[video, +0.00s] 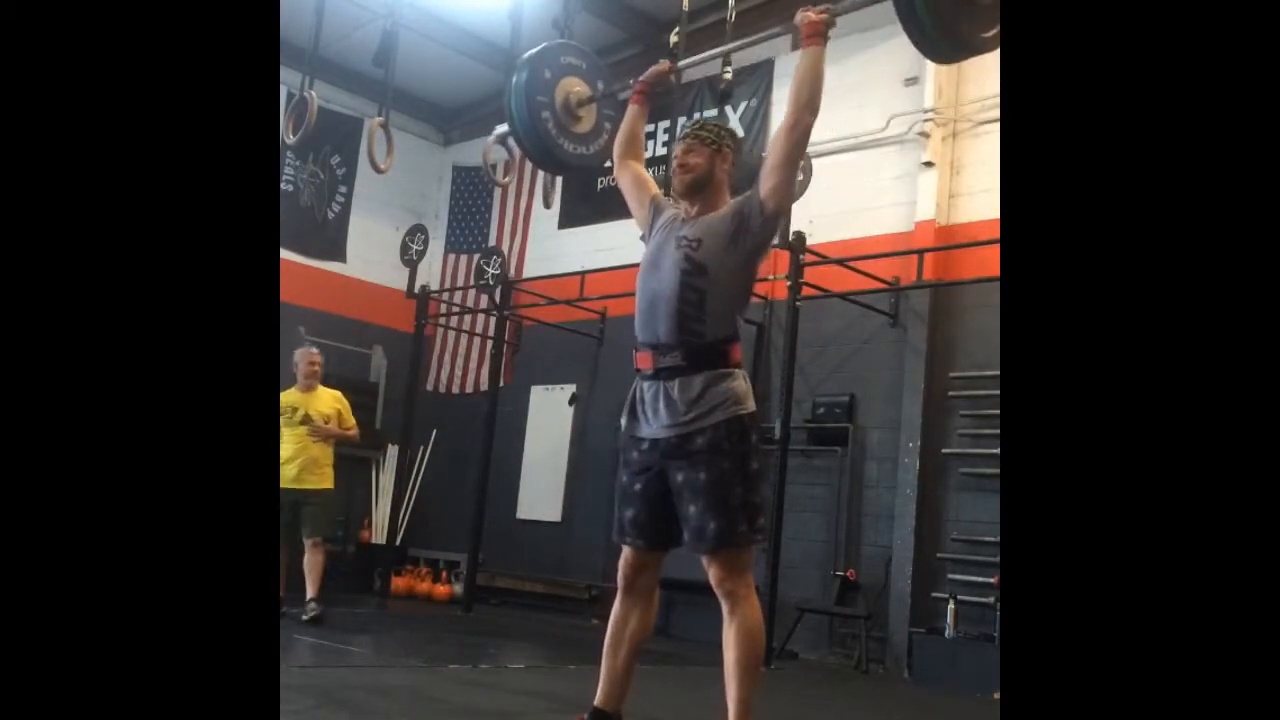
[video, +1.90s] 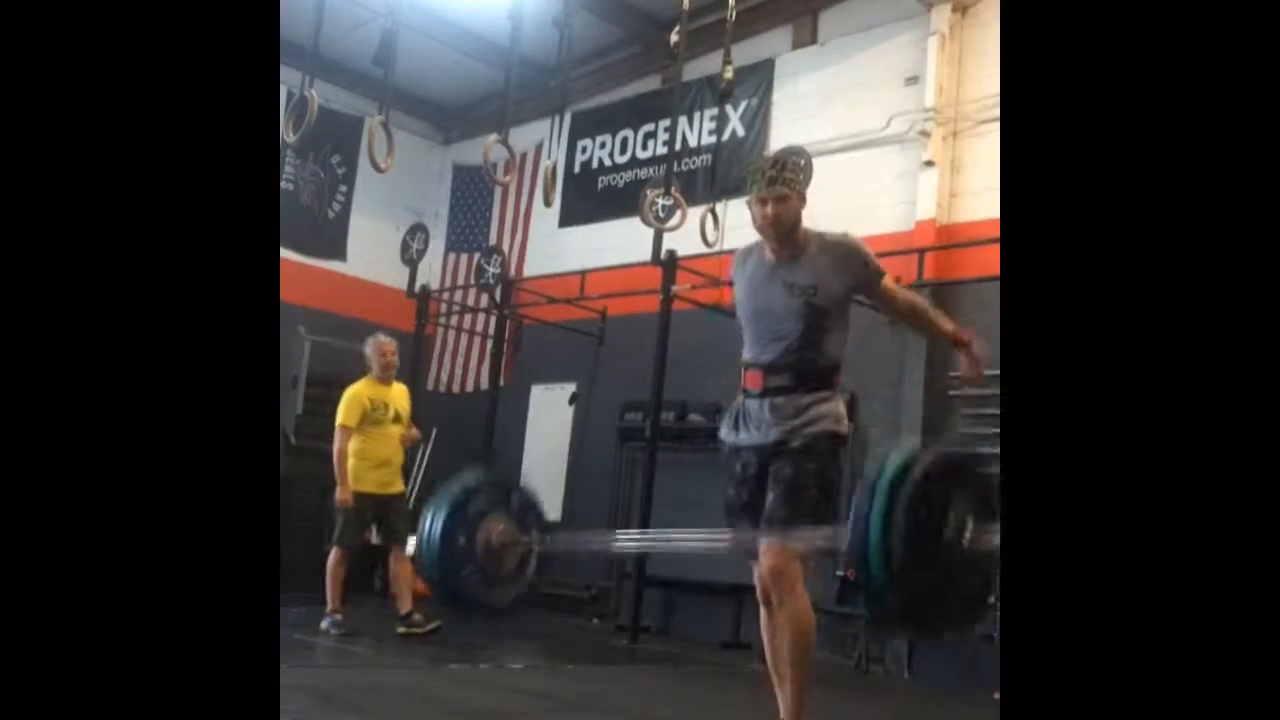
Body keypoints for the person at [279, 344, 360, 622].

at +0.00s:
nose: (314, 369)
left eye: (318, 364)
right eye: (309, 364)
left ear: (322, 368)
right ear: (296, 367)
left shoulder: (336, 399)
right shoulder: (284, 399)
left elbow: (355, 434)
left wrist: (331, 431)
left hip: (318, 485)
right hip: (285, 483)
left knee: (314, 541)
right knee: (283, 543)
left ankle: (311, 600)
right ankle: (280, 597)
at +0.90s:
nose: (358, 363)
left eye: (362, 359)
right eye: (352, 358)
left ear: (367, 366)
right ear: (340, 363)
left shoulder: (375, 401)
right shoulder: (320, 395)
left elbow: (386, 439)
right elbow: (299, 437)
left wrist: (376, 437)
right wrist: (295, 478)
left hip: (357, 484)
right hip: (322, 479)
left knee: (340, 545)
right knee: (319, 540)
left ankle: (314, 597)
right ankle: (315, 602)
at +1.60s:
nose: (369, 357)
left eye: (373, 352)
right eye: (362, 354)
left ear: (379, 356)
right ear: (351, 360)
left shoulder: (388, 390)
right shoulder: (341, 393)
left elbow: (392, 427)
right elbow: (327, 441)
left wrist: (401, 431)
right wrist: (337, 481)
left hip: (377, 486)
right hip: (347, 485)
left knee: (376, 545)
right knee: (337, 547)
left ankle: (337, 594)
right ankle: (330, 612)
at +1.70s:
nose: (374, 358)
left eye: (378, 353)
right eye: (368, 354)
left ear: (384, 356)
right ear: (356, 360)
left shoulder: (391, 390)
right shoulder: (345, 394)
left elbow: (395, 426)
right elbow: (331, 443)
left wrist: (404, 432)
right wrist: (338, 485)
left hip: (384, 487)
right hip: (352, 487)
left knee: (388, 544)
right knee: (338, 548)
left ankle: (359, 603)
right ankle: (331, 612)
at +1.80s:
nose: (381, 359)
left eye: (385, 354)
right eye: (375, 354)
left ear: (390, 357)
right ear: (362, 359)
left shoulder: (395, 390)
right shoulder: (350, 393)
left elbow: (397, 424)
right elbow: (335, 441)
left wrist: (408, 431)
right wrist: (339, 485)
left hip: (388, 487)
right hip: (354, 486)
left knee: (395, 544)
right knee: (339, 548)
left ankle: (381, 612)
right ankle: (331, 613)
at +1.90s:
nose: (389, 360)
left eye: (393, 354)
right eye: (383, 355)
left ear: (398, 358)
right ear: (370, 359)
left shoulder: (402, 392)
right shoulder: (356, 393)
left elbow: (402, 429)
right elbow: (340, 442)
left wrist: (412, 435)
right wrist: (342, 485)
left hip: (393, 486)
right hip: (359, 487)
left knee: (399, 548)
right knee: (342, 550)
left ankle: (407, 612)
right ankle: (333, 612)